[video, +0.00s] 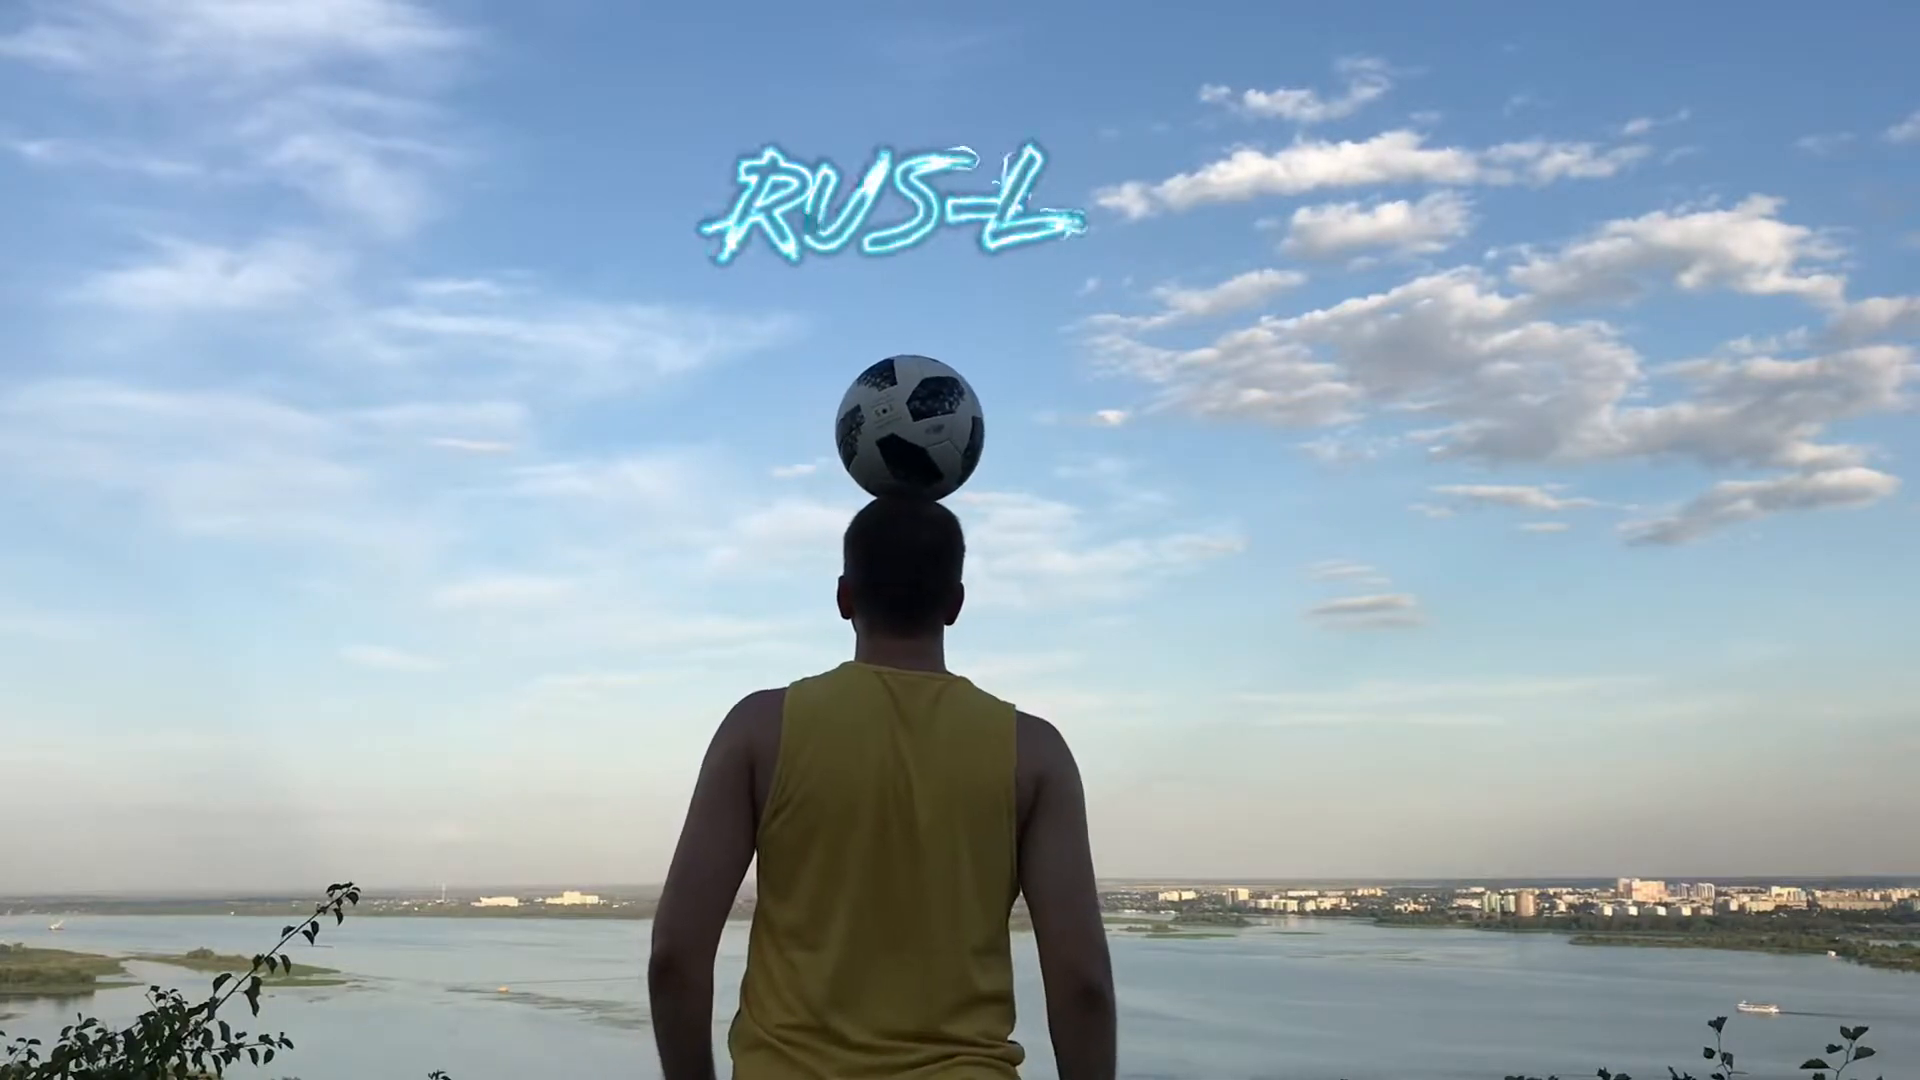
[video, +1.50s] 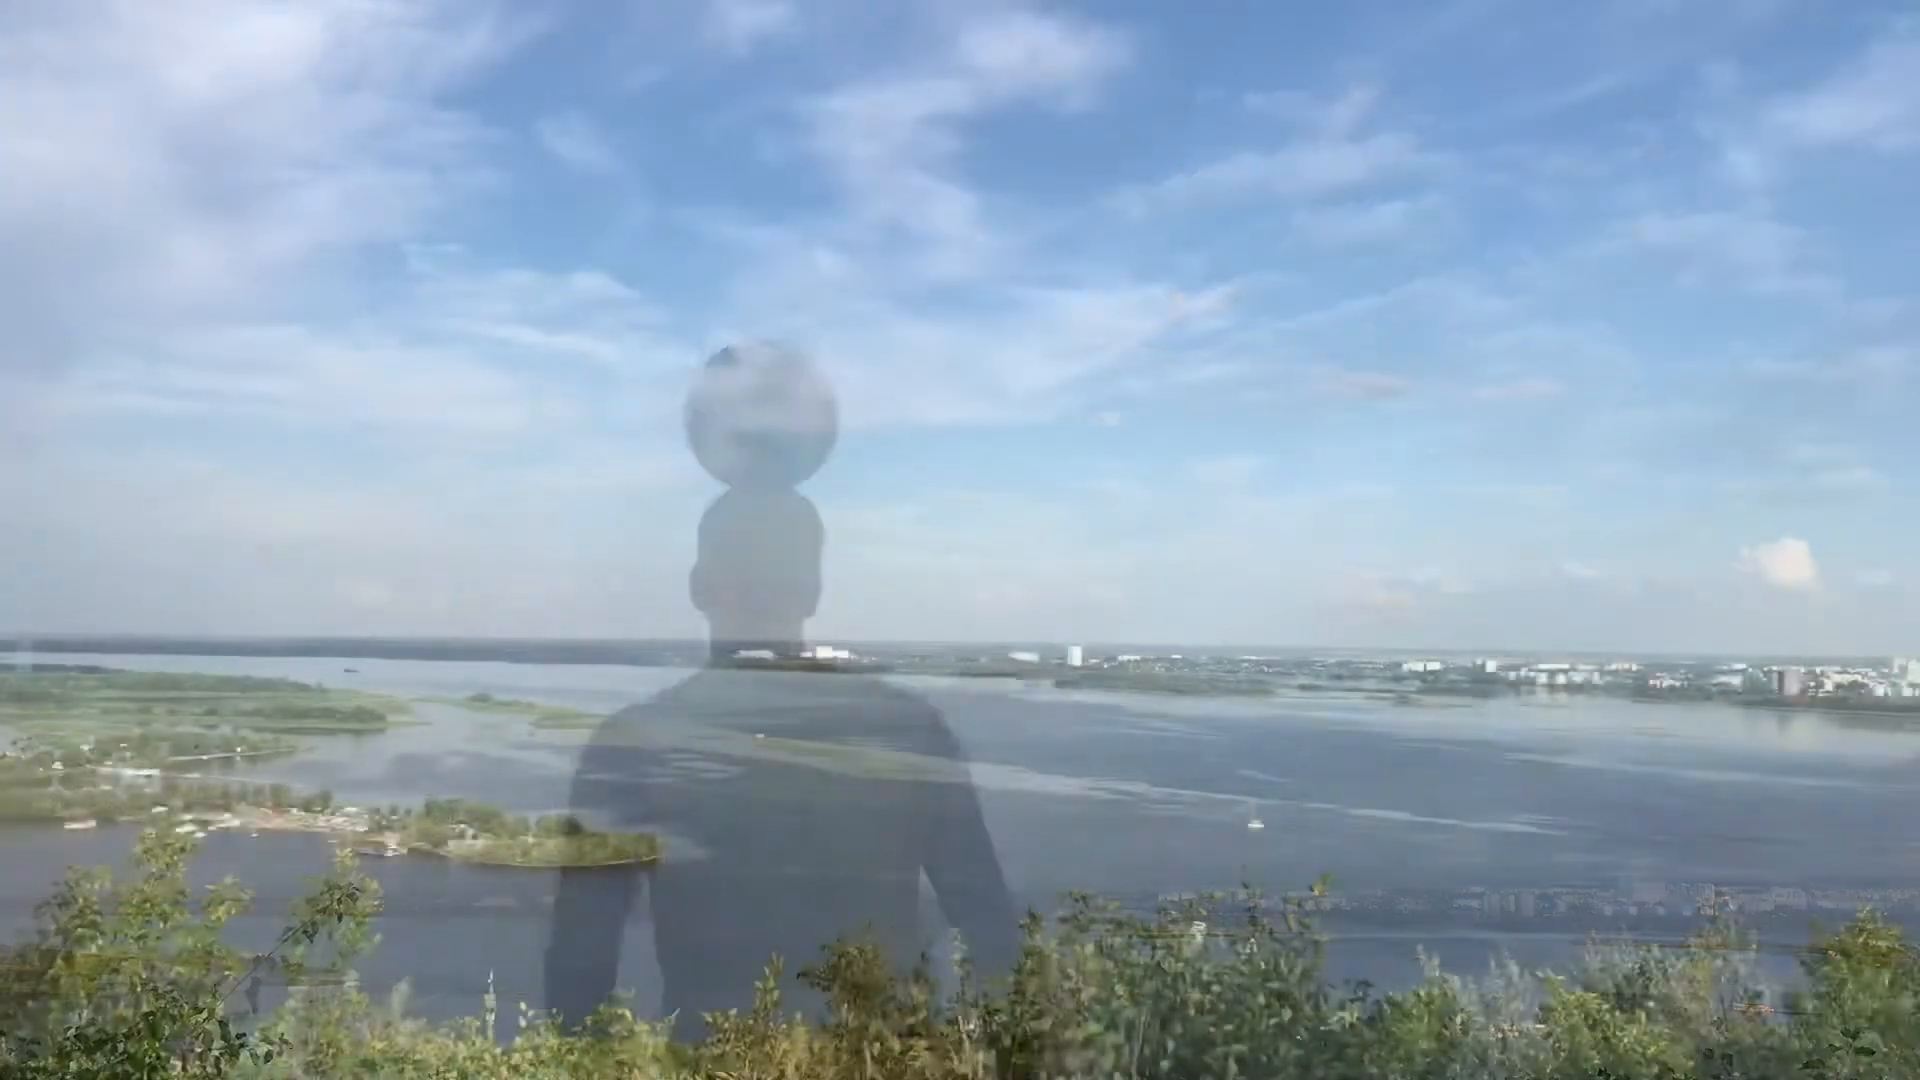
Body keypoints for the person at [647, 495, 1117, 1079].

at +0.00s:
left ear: (843, 597)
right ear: (958, 603)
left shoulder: (760, 726)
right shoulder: (1031, 747)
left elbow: (675, 958)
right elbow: (1083, 985)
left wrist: (693, 1071)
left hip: (788, 1058)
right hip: (966, 1061)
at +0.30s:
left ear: (915, 602)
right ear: (1028, 604)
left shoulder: (829, 721)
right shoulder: (1096, 755)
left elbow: (737, 942)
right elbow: (1137, 996)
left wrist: (747, 1072)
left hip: (838, 1056)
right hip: (1015, 1060)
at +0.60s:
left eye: (965, 593)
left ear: (966, 607)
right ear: (1079, 606)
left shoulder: (890, 723)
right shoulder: (1159, 753)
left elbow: (799, 942)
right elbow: (1200, 995)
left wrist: (811, 1071)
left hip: (892, 1055)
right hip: (1069, 1061)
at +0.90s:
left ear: (922, 601)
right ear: (1033, 607)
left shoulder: (849, 729)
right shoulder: (1116, 747)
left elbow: (768, 953)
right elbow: (1177, 983)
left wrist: (789, 1071)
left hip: (874, 1058)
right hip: (1049, 1061)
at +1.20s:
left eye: (801, 577)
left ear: (800, 591)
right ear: (915, 598)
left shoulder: (729, 736)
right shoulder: (1002, 734)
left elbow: (672, 981)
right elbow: (1086, 958)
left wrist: (698, 1075)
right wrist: (1107, 1074)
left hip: (796, 1060)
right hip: (974, 1061)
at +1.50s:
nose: (749, 586)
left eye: (708, 563)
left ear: (700, 586)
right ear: (815, 586)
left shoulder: (636, 739)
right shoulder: (904, 723)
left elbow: (580, 955)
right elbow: (987, 912)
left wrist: (580, 1059)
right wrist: (1016, 1044)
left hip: (716, 1051)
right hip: (883, 1050)